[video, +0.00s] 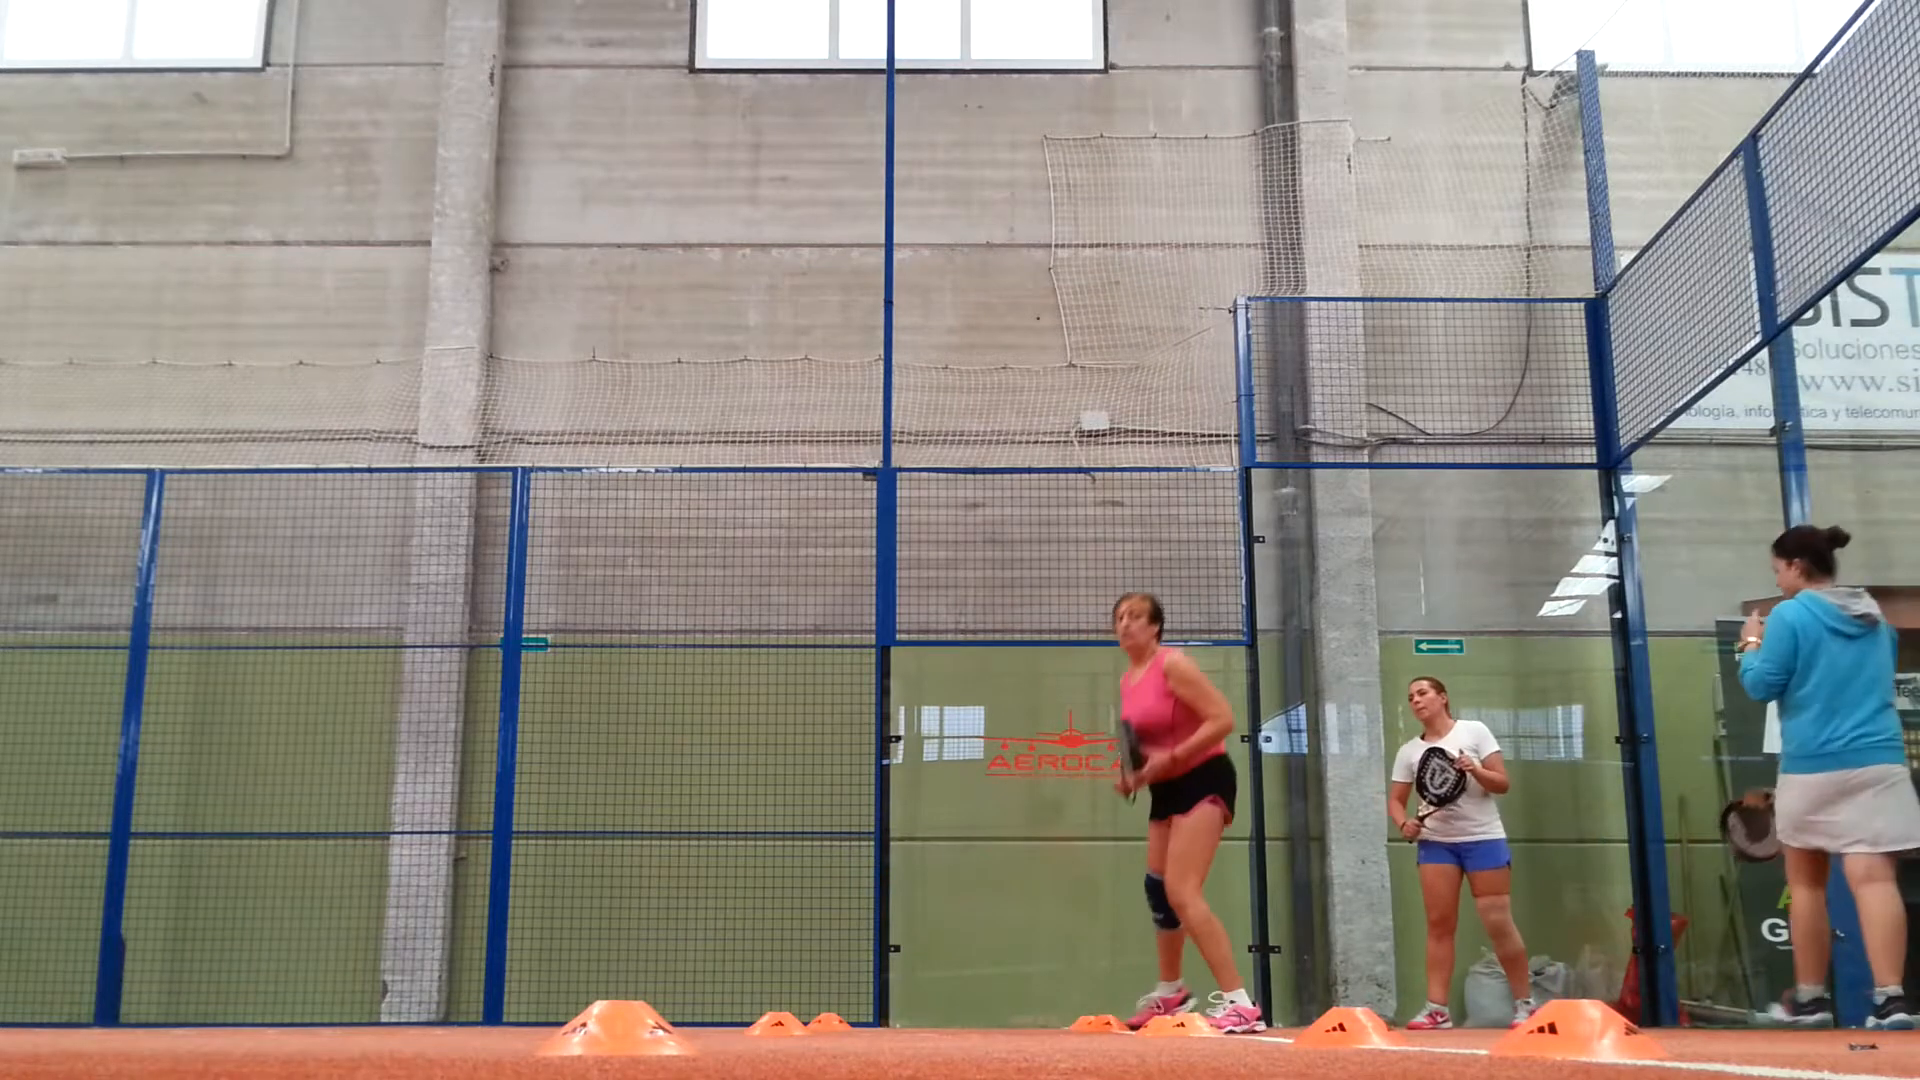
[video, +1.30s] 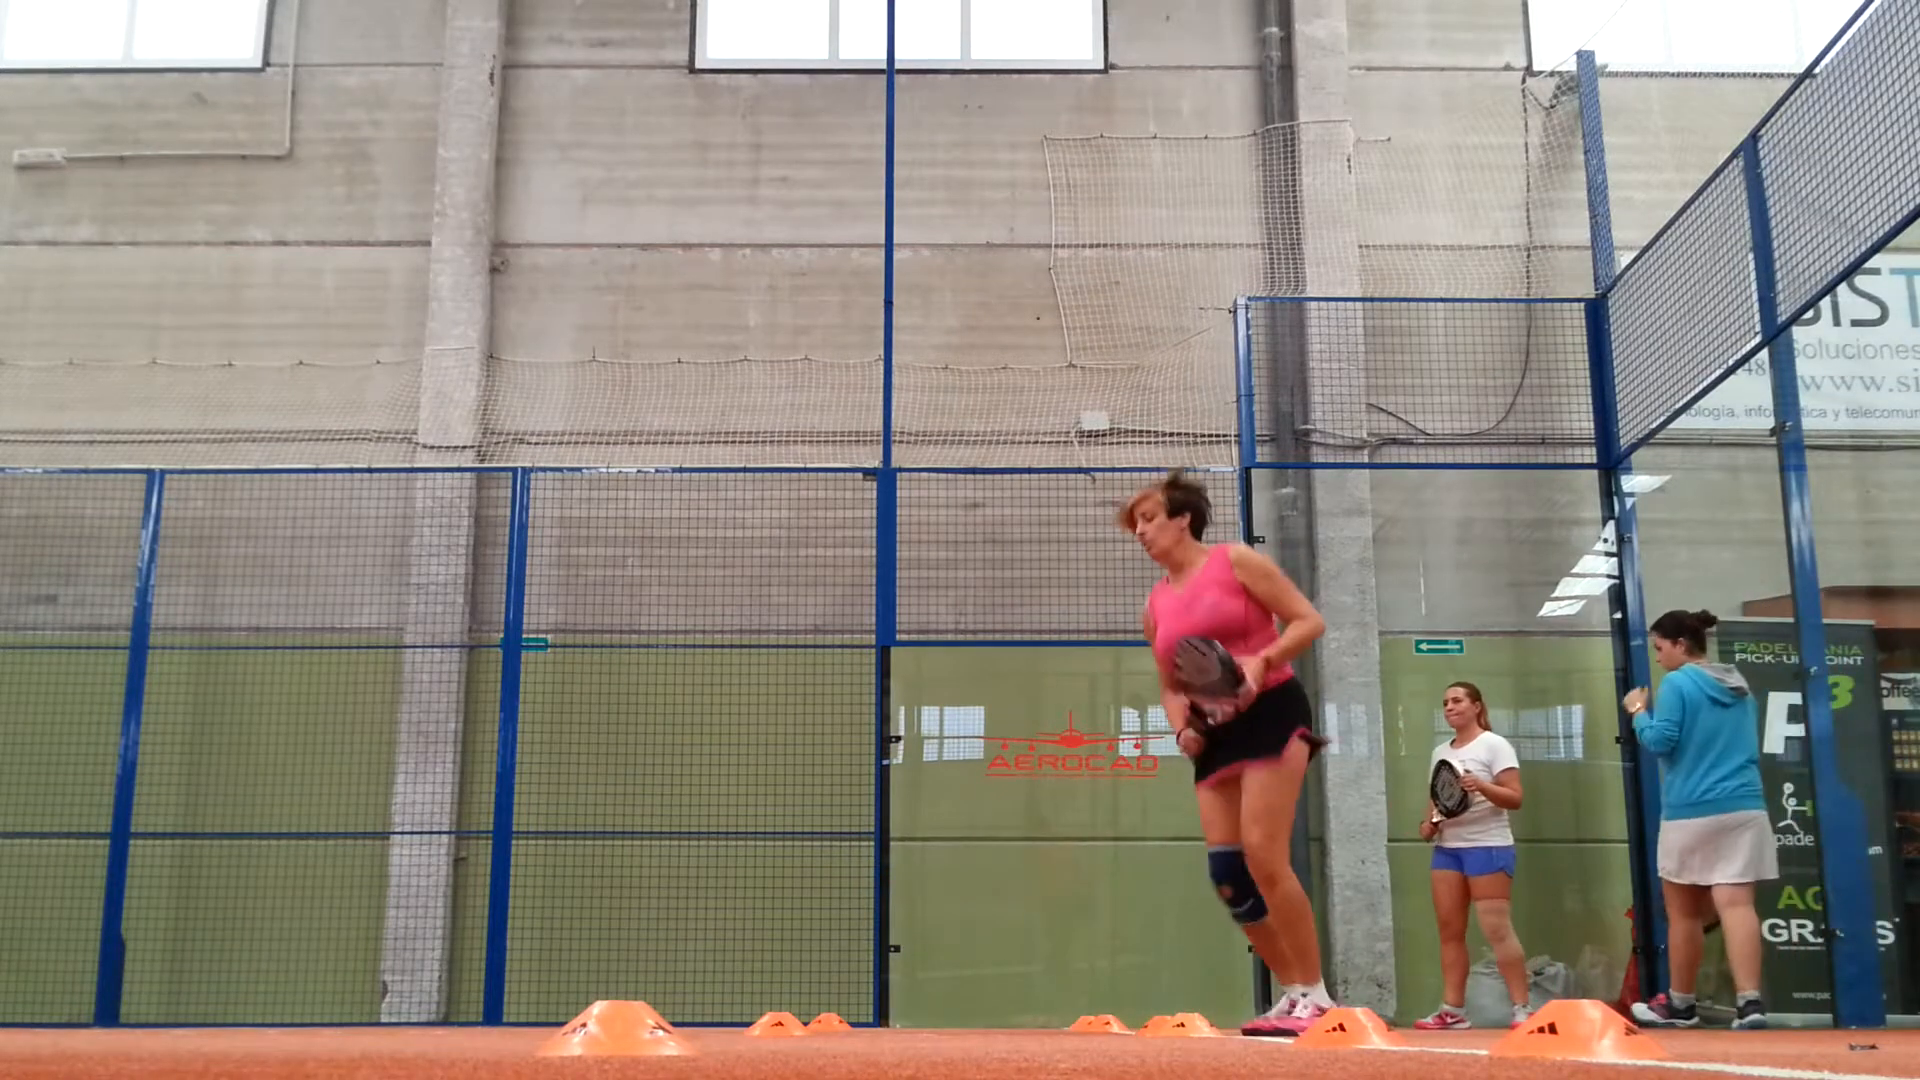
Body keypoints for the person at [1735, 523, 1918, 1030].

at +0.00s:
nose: (1775, 578)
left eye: (1777, 570)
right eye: (1775, 570)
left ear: (1796, 567)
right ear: (1824, 567)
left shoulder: (1790, 614)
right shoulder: (1874, 616)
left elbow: (1761, 685)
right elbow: (1883, 682)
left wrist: (1749, 646)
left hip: (1811, 765)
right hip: (1878, 758)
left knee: (1805, 880)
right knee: (1876, 878)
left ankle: (1809, 998)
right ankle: (1891, 1000)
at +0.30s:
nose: (1723, 608)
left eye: (1725, 599)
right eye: (1721, 600)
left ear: (1747, 594)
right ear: (1770, 592)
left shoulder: (1746, 638)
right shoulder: (1820, 641)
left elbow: (1712, 703)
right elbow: (1818, 703)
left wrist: (1711, 653)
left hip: (1762, 786)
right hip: (1825, 784)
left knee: (1771, 897)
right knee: (1830, 891)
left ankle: (1783, 1006)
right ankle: (1863, 959)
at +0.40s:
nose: (1711, 611)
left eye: (1713, 603)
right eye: (1710, 603)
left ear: (1734, 596)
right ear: (1756, 596)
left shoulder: (1733, 638)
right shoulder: (1811, 645)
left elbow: (1700, 703)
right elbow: (1831, 728)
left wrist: (1699, 652)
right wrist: (1842, 795)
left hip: (1755, 782)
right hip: (1814, 782)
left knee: (1771, 895)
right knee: (1811, 885)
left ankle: (1782, 1006)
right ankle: (1832, 954)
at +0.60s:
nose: (1695, 623)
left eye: (1696, 614)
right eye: (1693, 615)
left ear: (1717, 608)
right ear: (1741, 608)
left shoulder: (1713, 647)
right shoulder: (1793, 657)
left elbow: (1680, 709)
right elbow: (1821, 735)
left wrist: (1683, 663)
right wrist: (1843, 795)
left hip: (1740, 784)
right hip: (1793, 786)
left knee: (1764, 894)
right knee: (1772, 893)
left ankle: (1782, 1004)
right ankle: (1775, 1001)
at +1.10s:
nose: (1670, 648)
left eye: (1671, 640)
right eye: (1668, 641)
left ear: (1691, 634)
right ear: (1709, 635)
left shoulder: (1689, 671)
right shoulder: (1756, 676)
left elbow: (1660, 729)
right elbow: (1777, 745)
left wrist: (1657, 686)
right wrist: (1775, 796)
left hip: (1704, 801)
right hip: (1760, 798)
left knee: (1686, 895)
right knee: (1746, 901)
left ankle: (1720, 976)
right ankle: (1753, 1006)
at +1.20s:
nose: (1663, 651)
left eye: (1665, 642)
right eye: (1661, 643)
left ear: (1686, 639)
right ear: (1703, 640)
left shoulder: (1684, 675)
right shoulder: (1749, 678)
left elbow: (1658, 733)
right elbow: (1764, 748)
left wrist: (1647, 697)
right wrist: (1760, 795)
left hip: (1697, 803)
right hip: (1752, 800)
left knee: (1683, 900)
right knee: (1743, 902)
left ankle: (1697, 1000)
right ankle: (1752, 1004)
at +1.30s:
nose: (1656, 657)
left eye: (1658, 648)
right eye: (1654, 649)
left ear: (1679, 644)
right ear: (1694, 645)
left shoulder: (1677, 682)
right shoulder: (1737, 682)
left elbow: (1660, 740)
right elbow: (1744, 743)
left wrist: (1638, 713)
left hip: (1691, 812)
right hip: (1744, 805)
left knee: (1683, 910)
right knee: (1738, 903)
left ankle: (1680, 1003)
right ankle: (1750, 1003)